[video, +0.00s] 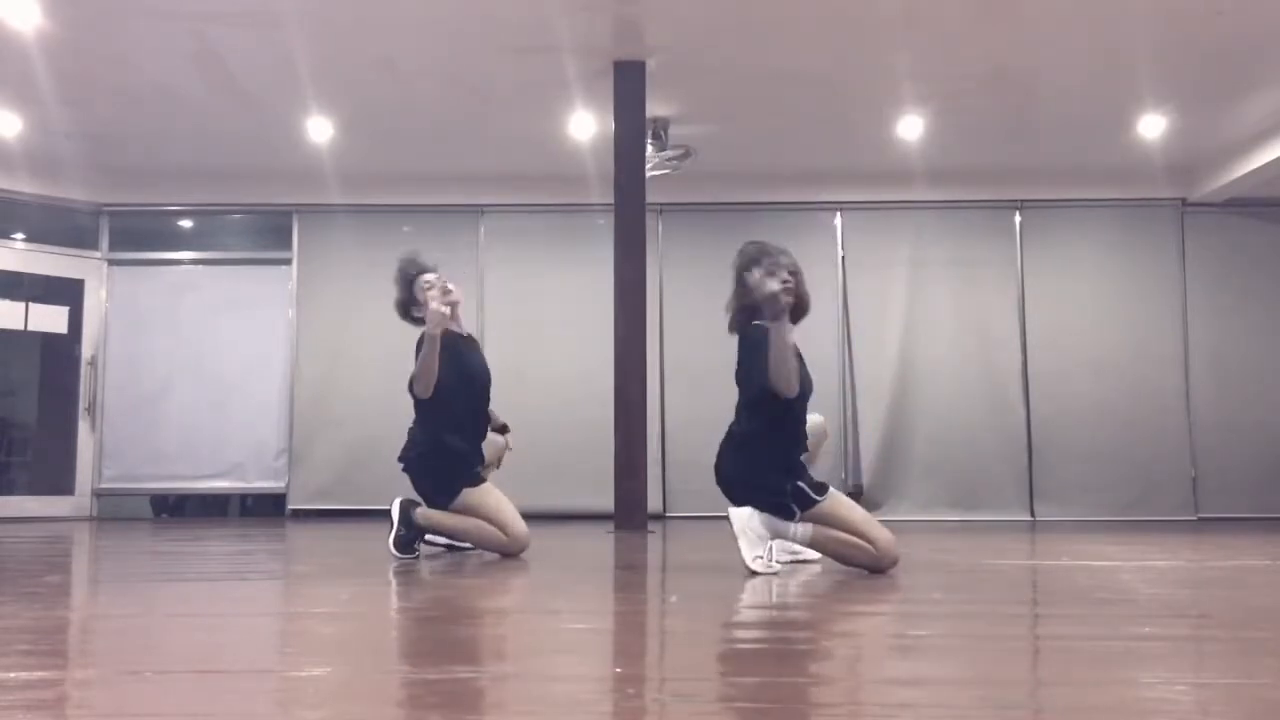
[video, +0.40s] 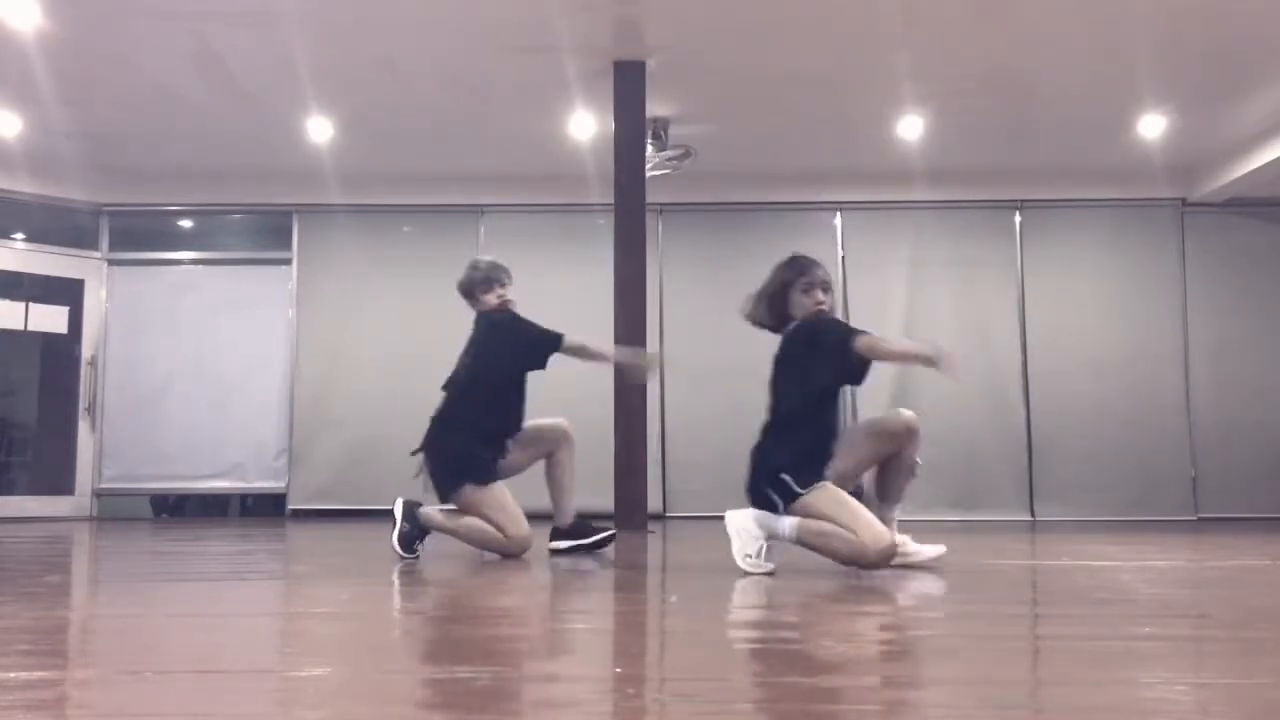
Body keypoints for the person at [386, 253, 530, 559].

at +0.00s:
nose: (444, 285)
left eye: (443, 280)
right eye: (430, 286)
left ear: (454, 289)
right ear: (419, 309)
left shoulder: (461, 338)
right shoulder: (430, 340)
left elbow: (469, 395)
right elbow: (421, 391)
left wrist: (497, 424)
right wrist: (433, 334)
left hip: (459, 443)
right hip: (437, 461)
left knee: (497, 444)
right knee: (517, 539)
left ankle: (450, 524)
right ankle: (416, 516)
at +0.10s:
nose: (449, 287)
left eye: (450, 281)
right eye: (437, 287)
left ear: (461, 287)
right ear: (425, 305)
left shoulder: (473, 338)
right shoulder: (434, 340)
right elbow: (432, 392)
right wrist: (428, 334)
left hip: (464, 443)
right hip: (436, 459)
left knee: (504, 448)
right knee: (516, 540)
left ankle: (454, 524)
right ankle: (416, 516)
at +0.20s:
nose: (463, 291)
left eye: (467, 283)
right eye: (450, 289)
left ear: (477, 289)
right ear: (438, 305)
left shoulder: (463, 335)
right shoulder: (450, 338)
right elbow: (475, 381)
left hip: (460, 441)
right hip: (439, 462)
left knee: (527, 440)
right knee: (516, 540)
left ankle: (471, 510)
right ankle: (417, 517)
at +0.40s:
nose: (500, 295)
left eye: (504, 286)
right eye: (488, 291)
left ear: (511, 287)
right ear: (474, 301)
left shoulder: (491, 327)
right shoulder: (506, 326)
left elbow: (460, 390)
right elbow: (573, 347)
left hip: (480, 449)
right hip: (459, 456)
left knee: (558, 434)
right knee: (517, 541)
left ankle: (566, 528)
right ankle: (420, 517)